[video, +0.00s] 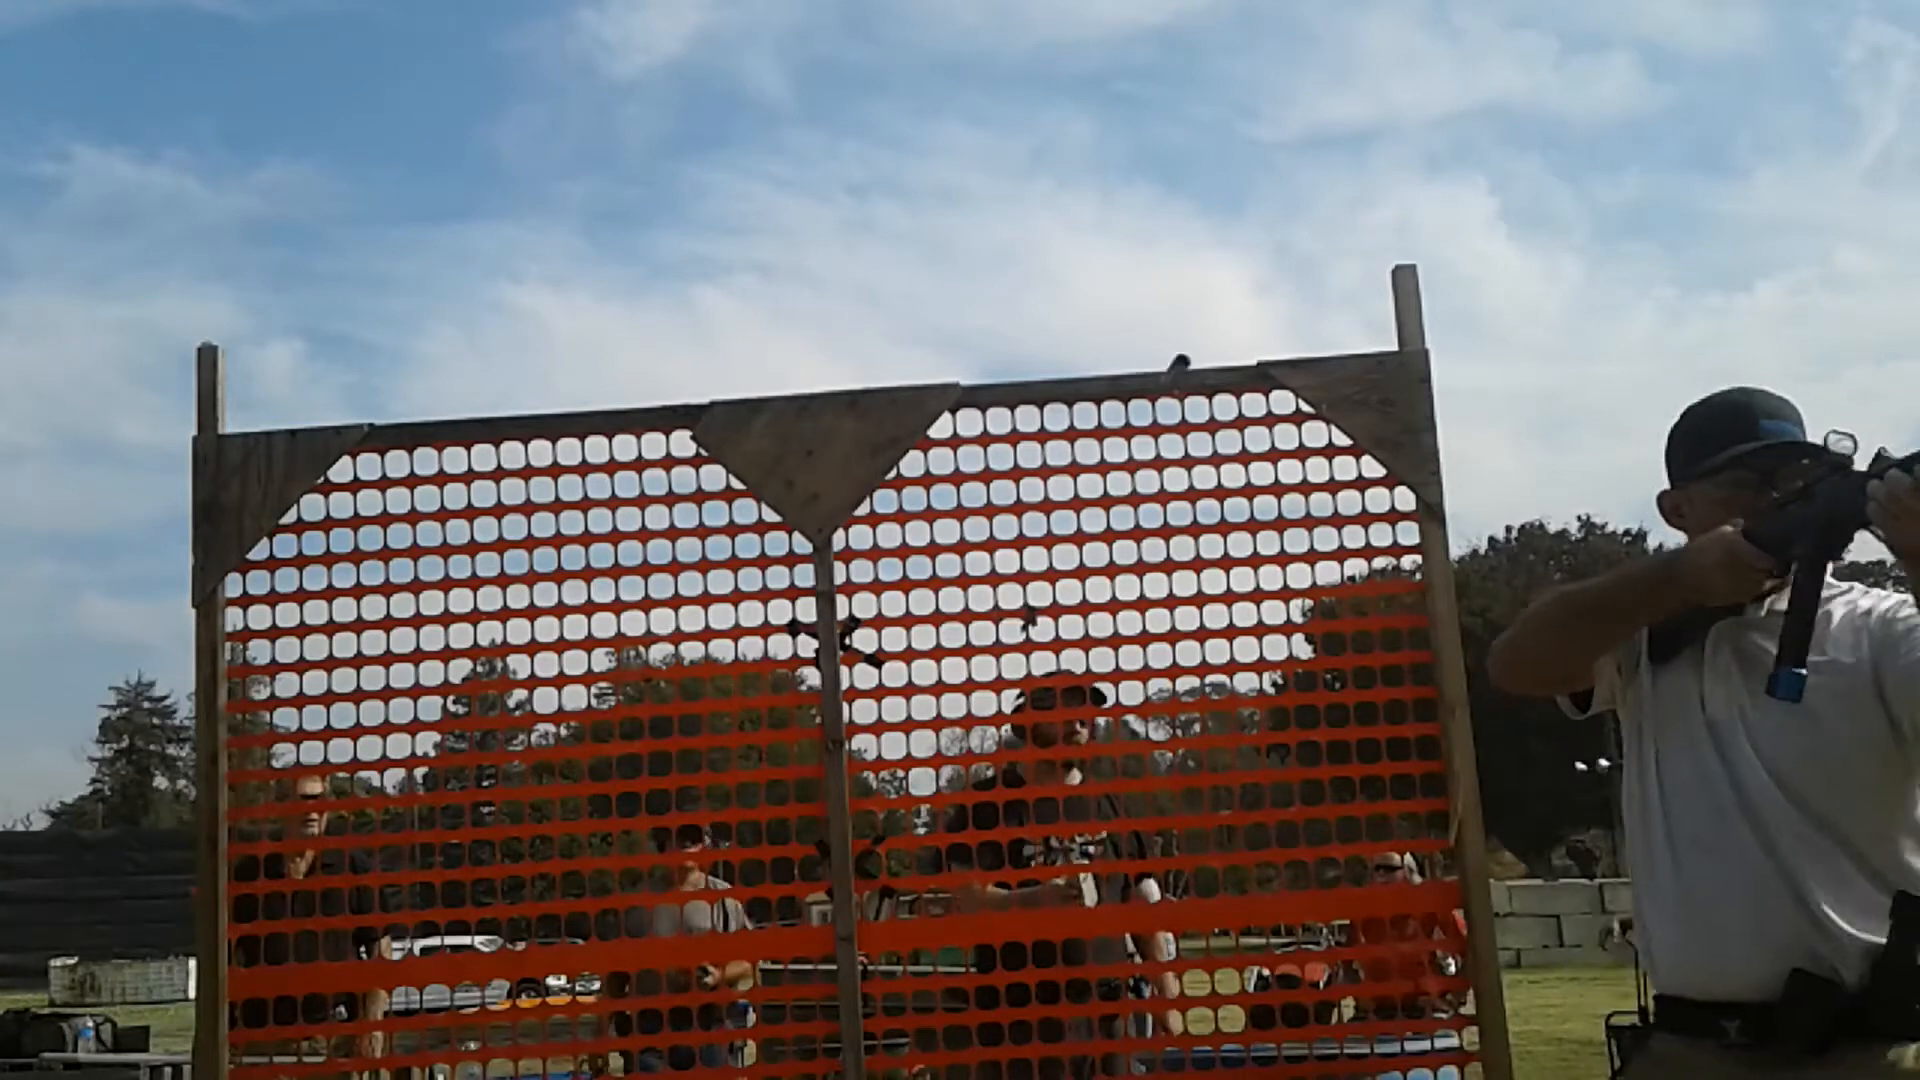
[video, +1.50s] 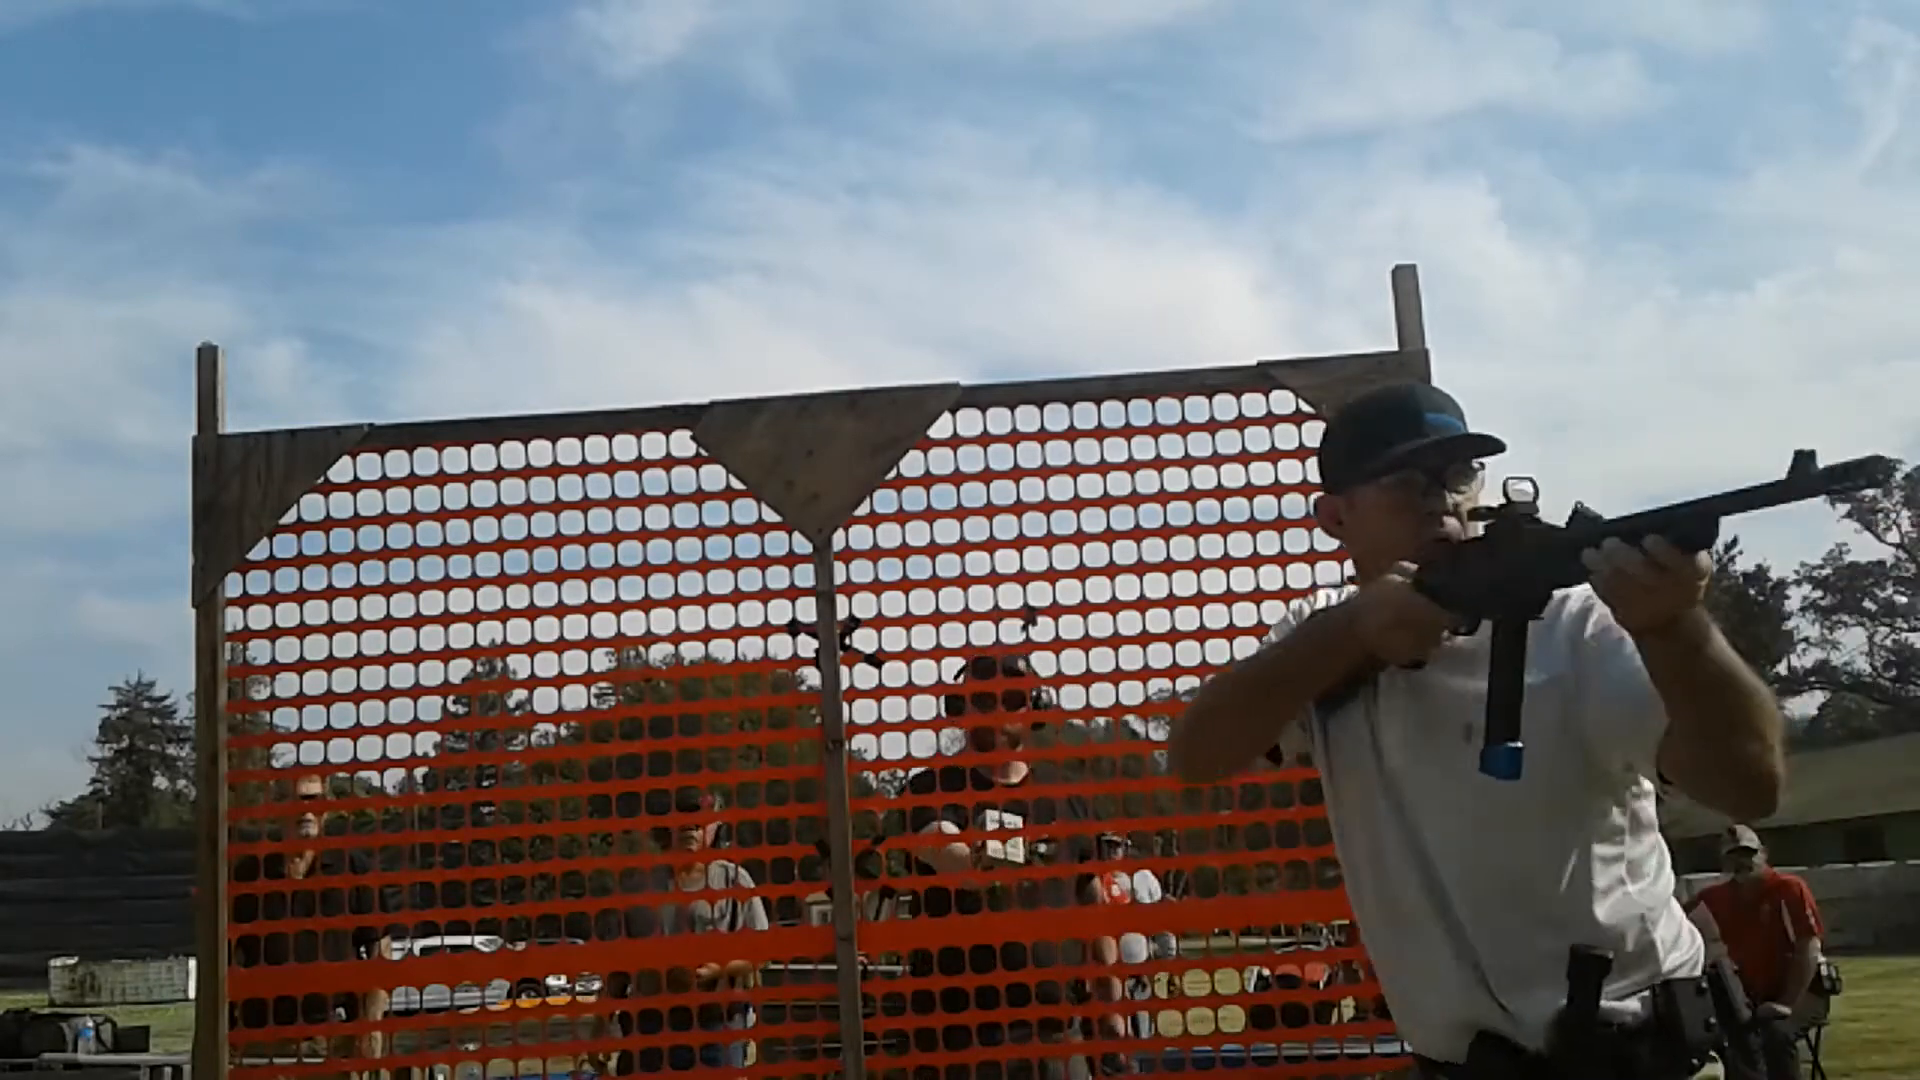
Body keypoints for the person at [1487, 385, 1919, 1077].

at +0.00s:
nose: (1773, 504)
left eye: (1791, 478)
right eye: (1745, 479)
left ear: (1816, 487)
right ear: (1678, 508)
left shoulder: (1879, 625)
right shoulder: (1643, 644)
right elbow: (1513, 665)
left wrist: (1915, 558)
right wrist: (1682, 577)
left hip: (1862, 1043)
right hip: (1684, 1044)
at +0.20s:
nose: (1805, 474)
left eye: (1824, 445)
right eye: (1775, 455)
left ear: (1860, 450)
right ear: (1723, 488)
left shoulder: (1905, 581)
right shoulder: (1722, 604)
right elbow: (1572, 658)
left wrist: (1913, 532)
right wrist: (1722, 558)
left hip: (1906, 1029)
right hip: (1773, 1034)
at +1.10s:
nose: (1760, 448)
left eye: (1785, 417)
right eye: (1727, 430)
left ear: (1850, 423)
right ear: (1699, 464)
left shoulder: (1907, 542)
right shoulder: (1711, 592)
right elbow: (1562, 705)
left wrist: (1891, 555)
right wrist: (1682, 580)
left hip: (1905, 1035)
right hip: (1766, 1039)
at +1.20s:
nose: (1701, 449)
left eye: (1722, 422)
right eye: (1667, 430)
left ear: (1769, 444)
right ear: (1618, 473)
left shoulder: (1862, 580)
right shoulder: (1622, 617)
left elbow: (1912, 780)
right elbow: (1478, 729)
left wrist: (1771, 644)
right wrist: (1580, 624)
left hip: (1885, 1035)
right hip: (1716, 1043)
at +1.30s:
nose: (1624, 466)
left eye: (1642, 439)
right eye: (1587, 446)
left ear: (1676, 463)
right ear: (1526, 486)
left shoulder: (1769, 596)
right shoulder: (1519, 630)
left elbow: (1861, 802)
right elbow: (1378, 742)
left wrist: (1700, 676)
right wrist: (1483, 641)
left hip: (1817, 1038)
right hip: (1636, 1047)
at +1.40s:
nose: (1532, 487)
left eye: (1549, 462)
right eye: (1494, 466)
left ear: (1570, 482)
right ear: (1425, 502)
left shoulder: (1677, 613)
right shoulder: (1413, 635)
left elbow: (1802, 811)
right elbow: (1273, 743)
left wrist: (1673, 672)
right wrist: (1402, 643)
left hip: (1727, 1036)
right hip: (1539, 1052)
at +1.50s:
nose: (1448, 507)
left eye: (1460, 476)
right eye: (1409, 482)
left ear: (1483, 491)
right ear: (1337, 519)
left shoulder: (1570, 620)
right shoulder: (1327, 649)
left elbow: (1752, 788)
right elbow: (1193, 755)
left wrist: (1677, 630)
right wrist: (1346, 634)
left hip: (1648, 1036)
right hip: (1466, 1058)